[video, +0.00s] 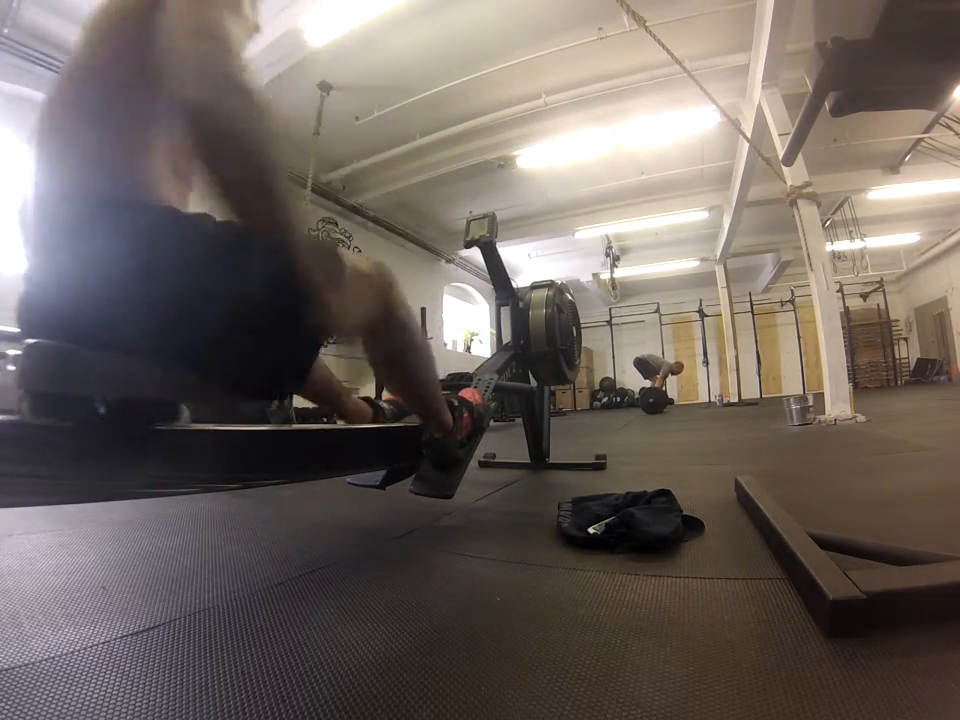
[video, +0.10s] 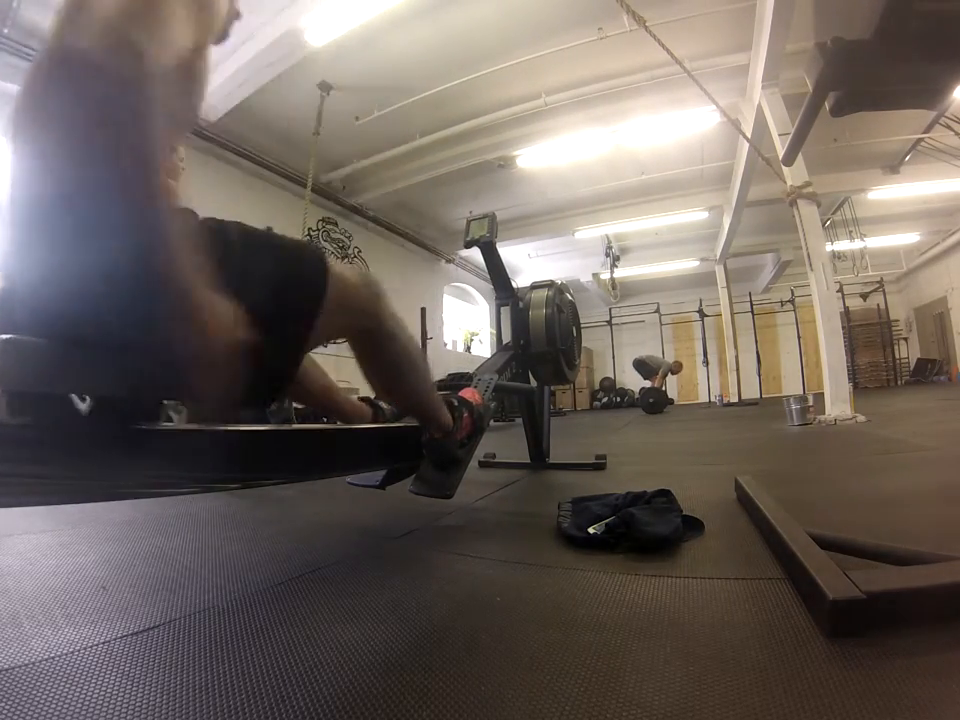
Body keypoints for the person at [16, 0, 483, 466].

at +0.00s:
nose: (243, 35)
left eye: (245, 32)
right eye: (240, 24)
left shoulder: (107, 48)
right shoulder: (184, 12)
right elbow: (210, 101)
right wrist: (302, 262)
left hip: (56, 286)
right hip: (129, 272)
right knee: (376, 289)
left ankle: (359, 413)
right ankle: (445, 428)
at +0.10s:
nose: (227, 29)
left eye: (226, 31)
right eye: (226, 23)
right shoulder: (178, 8)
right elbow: (121, 72)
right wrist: (194, 293)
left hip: (49, 261)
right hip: (117, 252)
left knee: (244, 310)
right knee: (360, 294)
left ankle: (358, 415)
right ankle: (445, 424)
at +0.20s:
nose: (214, 17)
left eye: (217, 14)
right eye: (215, 7)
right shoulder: (160, 10)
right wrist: (132, 260)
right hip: (113, 229)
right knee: (349, 314)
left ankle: (359, 422)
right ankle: (444, 430)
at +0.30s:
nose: (196, 14)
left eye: (188, 18)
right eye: (188, 13)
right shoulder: (141, 11)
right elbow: (45, 16)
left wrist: (157, 194)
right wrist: (145, 224)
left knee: (270, 350)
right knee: (337, 323)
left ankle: (365, 431)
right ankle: (445, 429)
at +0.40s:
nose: (183, 13)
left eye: (171, 17)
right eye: (170, 14)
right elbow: (48, 19)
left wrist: (159, 195)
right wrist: (151, 207)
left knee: (272, 361)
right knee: (330, 332)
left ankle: (382, 443)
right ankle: (447, 431)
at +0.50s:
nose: (183, 13)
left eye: (176, 14)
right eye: (175, 10)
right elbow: (57, 16)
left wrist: (157, 168)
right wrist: (166, 191)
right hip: (52, 212)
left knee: (269, 370)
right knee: (328, 342)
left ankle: (379, 433)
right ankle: (445, 428)